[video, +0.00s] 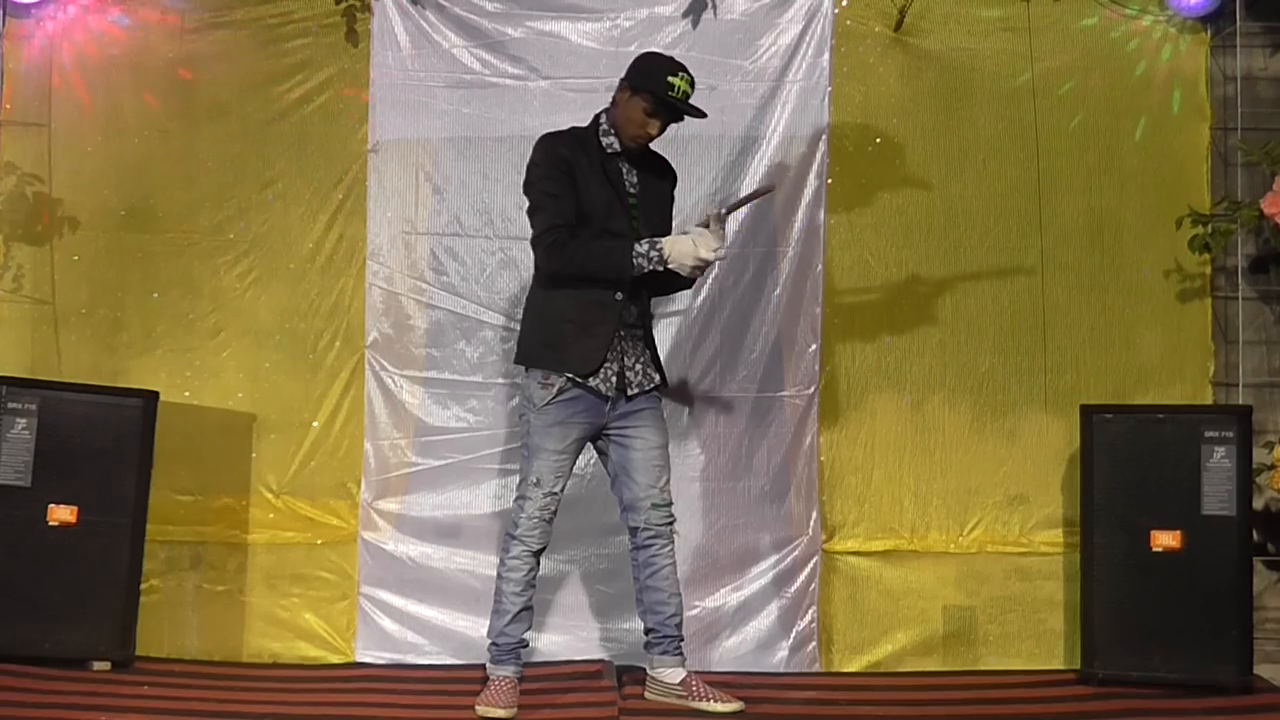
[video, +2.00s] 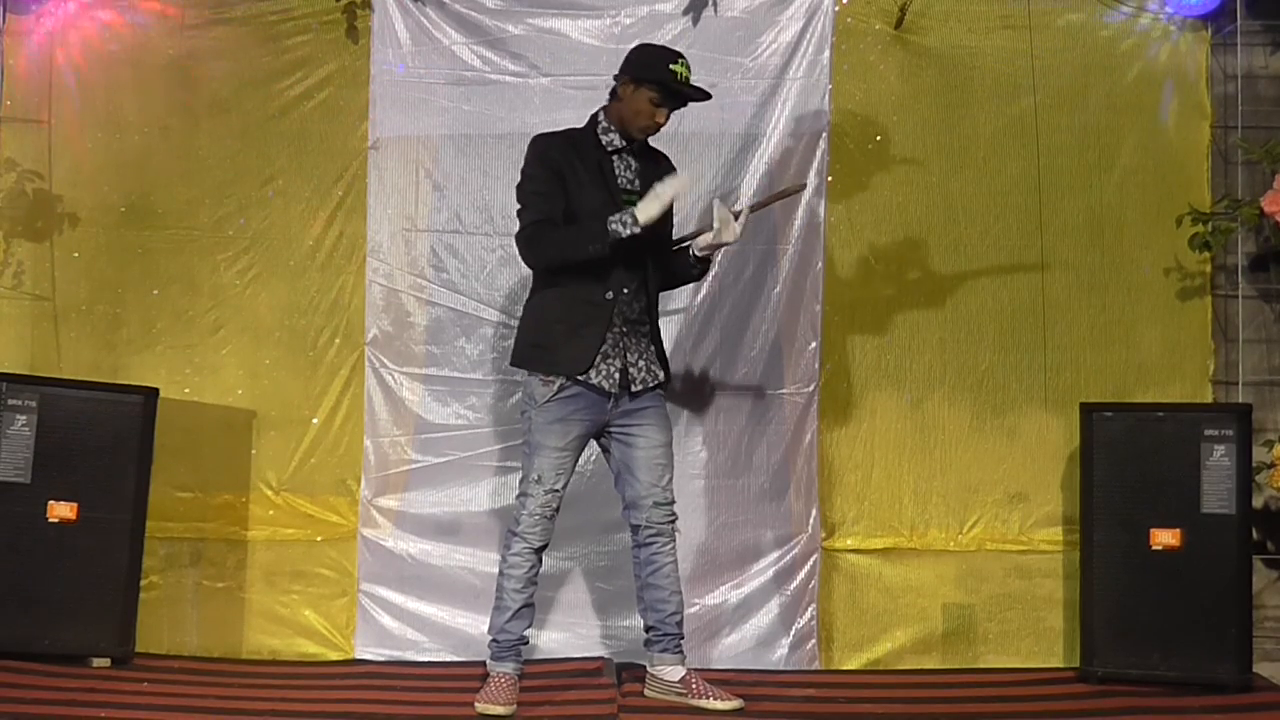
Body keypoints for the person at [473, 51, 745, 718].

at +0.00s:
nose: (660, 127)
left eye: (669, 119)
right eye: (655, 112)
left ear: (669, 119)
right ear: (623, 94)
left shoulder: (659, 177)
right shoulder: (558, 151)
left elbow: (643, 281)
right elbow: (555, 254)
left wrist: (689, 264)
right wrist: (653, 253)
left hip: (635, 373)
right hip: (561, 372)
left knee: (653, 520)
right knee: (532, 524)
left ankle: (667, 673)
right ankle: (502, 673)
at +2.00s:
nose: (665, 116)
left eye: (672, 107)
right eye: (658, 101)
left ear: (667, 109)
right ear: (621, 90)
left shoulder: (658, 173)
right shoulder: (553, 151)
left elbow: (651, 274)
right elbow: (537, 247)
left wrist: (702, 250)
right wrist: (628, 223)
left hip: (640, 375)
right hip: (566, 372)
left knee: (655, 519)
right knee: (533, 521)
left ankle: (667, 669)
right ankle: (503, 668)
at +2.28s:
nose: (663, 120)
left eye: (669, 109)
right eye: (657, 106)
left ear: (657, 106)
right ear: (620, 93)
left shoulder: (655, 172)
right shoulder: (548, 153)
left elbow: (645, 273)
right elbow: (537, 251)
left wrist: (695, 250)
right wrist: (627, 238)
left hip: (639, 376)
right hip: (563, 374)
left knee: (654, 519)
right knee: (532, 523)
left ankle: (666, 670)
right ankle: (503, 670)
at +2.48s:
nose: (672, 123)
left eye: (681, 113)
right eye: (665, 107)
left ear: (677, 114)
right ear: (632, 91)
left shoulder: (659, 171)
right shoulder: (555, 150)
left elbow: (644, 276)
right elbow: (534, 249)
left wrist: (699, 245)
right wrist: (633, 250)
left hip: (638, 375)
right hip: (562, 372)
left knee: (655, 518)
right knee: (534, 520)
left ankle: (666, 670)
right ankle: (503, 670)